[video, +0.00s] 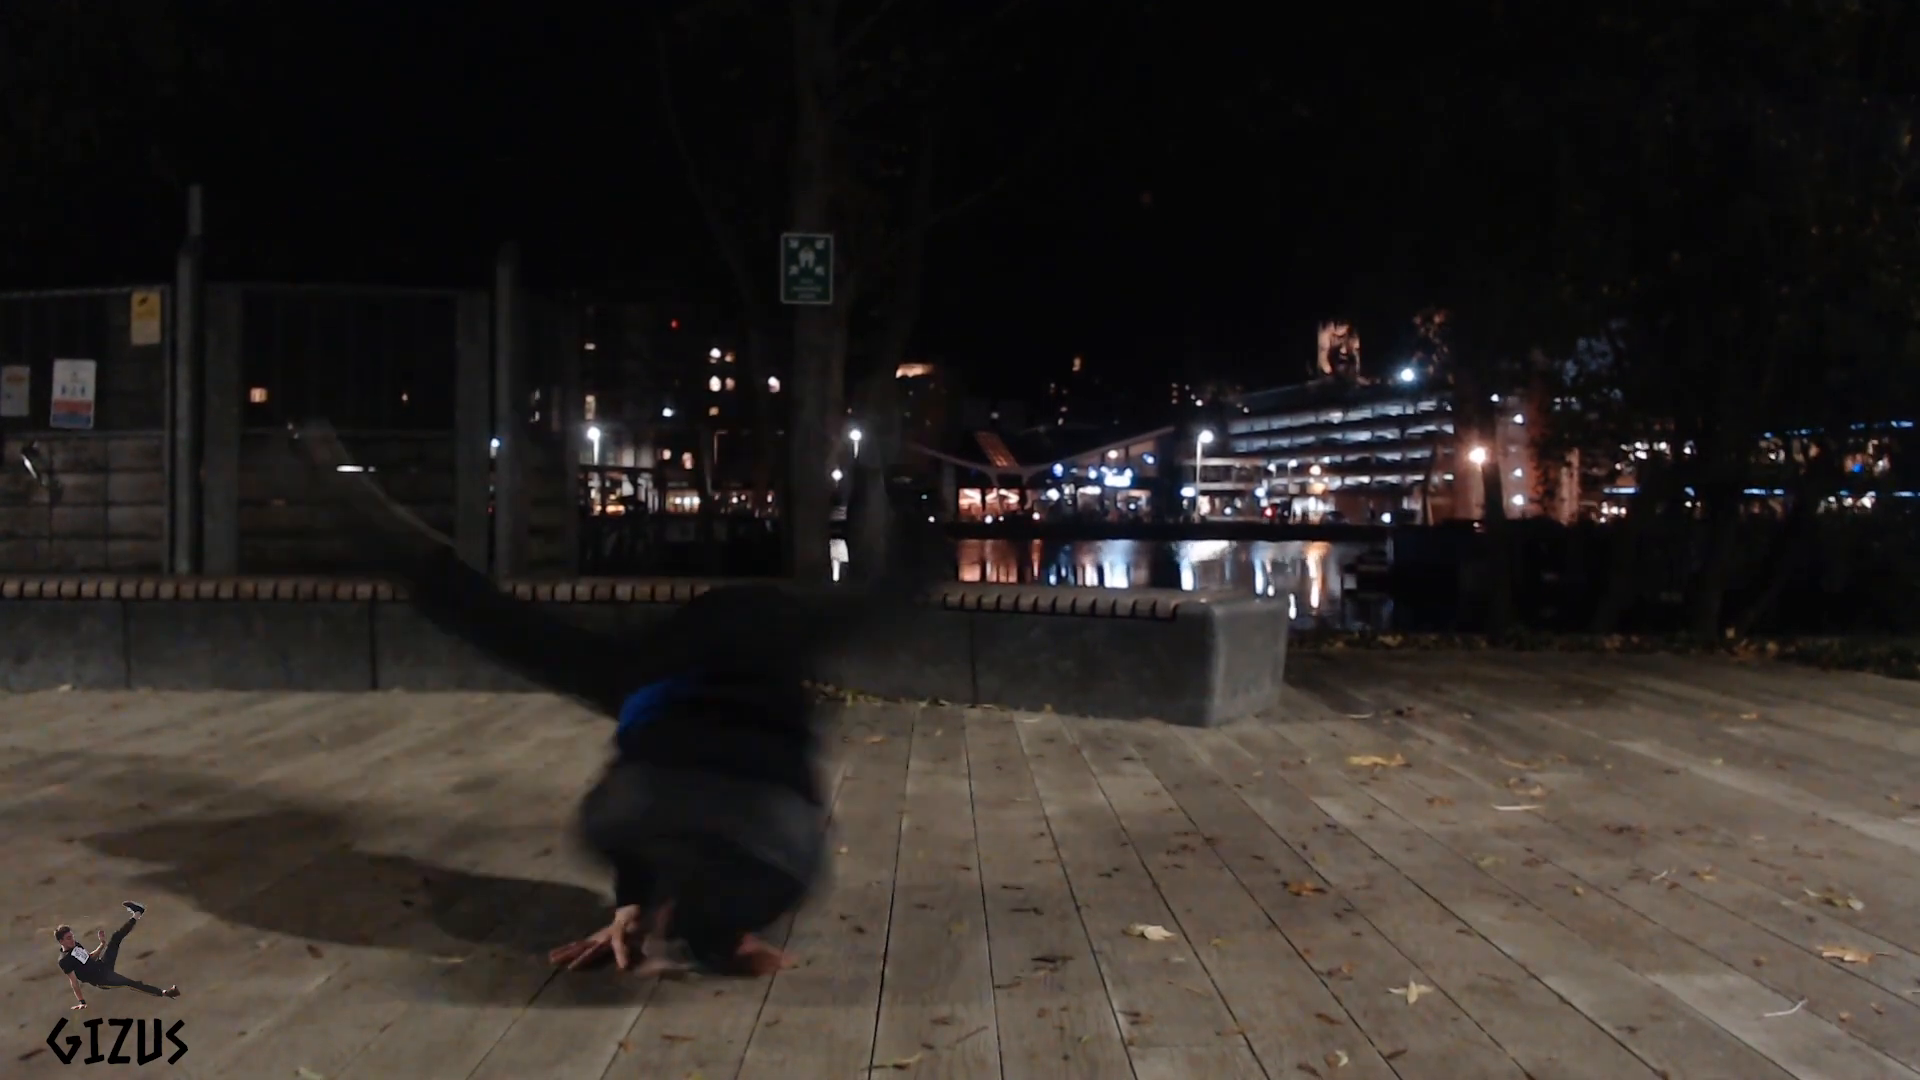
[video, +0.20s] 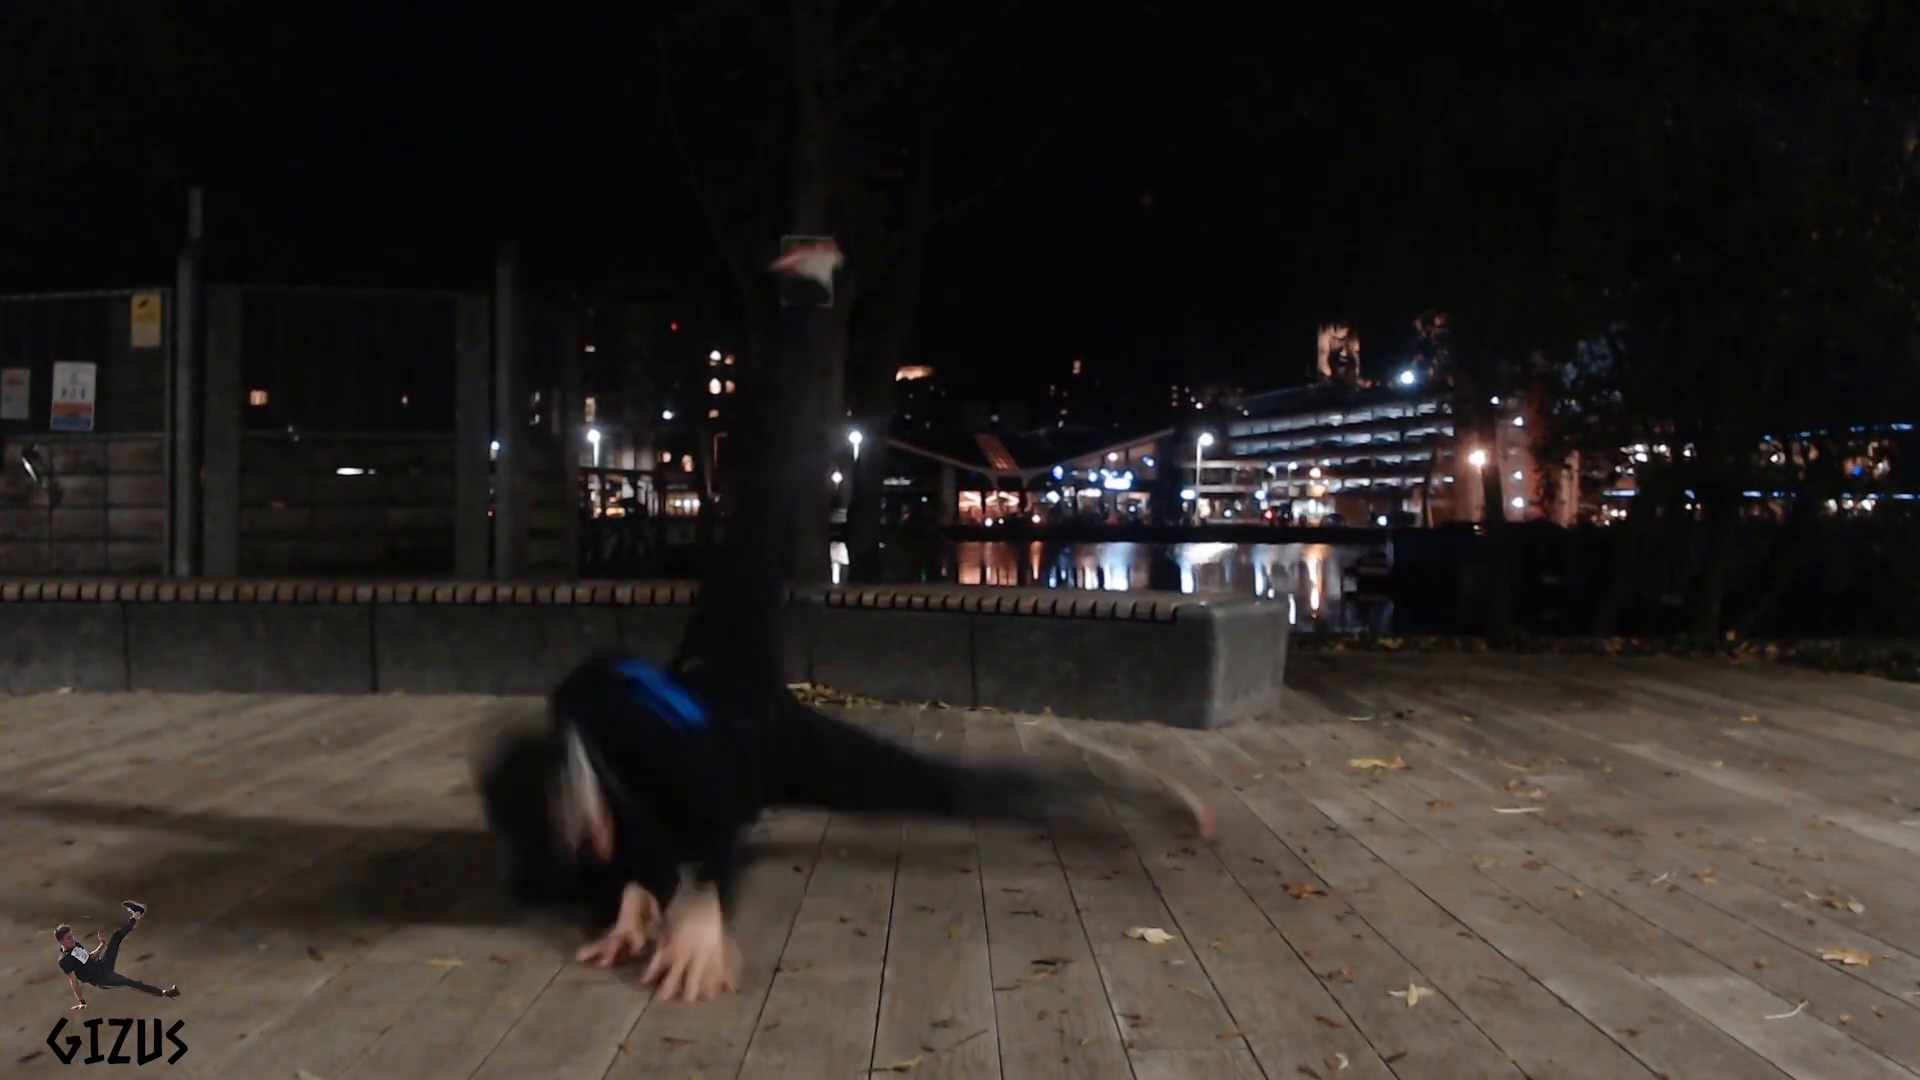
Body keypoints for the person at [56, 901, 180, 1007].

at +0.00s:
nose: (73, 939)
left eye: (72, 936)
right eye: (69, 938)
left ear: (71, 937)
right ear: (62, 941)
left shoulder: (76, 946)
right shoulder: (64, 960)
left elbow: (91, 957)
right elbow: (74, 982)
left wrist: (102, 945)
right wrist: (81, 1002)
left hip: (104, 965)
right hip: (102, 978)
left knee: (116, 938)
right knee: (132, 983)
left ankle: (136, 916)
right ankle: (165, 993)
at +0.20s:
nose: (73, 939)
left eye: (72, 936)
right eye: (69, 938)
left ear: (71, 936)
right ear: (61, 941)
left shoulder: (75, 946)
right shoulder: (64, 960)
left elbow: (91, 957)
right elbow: (74, 982)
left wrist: (102, 944)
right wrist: (81, 1002)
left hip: (104, 965)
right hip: (102, 978)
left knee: (116, 938)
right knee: (131, 983)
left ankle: (136, 917)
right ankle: (164, 993)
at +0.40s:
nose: (73, 939)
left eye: (72, 936)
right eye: (69, 938)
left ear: (71, 937)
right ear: (61, 941)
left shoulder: (76, 946)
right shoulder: (64, 960)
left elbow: (91, 957)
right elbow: (74, 982)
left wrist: (102, 944)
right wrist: (81, 1002)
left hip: (104, 965)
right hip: (102, 978)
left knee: (115, 939)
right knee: (131, 983)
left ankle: (136, 916)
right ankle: (164, 993)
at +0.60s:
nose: (73, 939)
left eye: (72, 936)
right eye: (69, 938)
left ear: (71, 937)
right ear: (61, 941)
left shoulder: (75, 946)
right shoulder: (64, 960)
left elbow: (91, 957)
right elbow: (74, 982)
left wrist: (102, 945)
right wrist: (81, 1002)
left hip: (104, 964)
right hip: (102, 978)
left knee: (116, 939)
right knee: (131, 983)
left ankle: (136, 916)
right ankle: (164, 993)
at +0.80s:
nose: (73, 939)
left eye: (72, 936)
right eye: (69, 938)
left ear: (71, 937)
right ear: (62, 941)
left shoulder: (75, 946)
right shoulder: (64, 960)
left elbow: (91, 957)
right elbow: (74, 982)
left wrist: (102, 944)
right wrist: (81, 1002)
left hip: (104, 964)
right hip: (102, 978)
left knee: (115, 939)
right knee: (131, 983)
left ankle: (136, 916)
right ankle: (164, 993)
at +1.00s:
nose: (73, 939)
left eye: (72, 936)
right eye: (69, 938)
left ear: (70, 937)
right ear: (62, 941)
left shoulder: (75, 946)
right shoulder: (64, 960)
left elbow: (91, 957)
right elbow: (73, 982)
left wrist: (102, 944)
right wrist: (81, 1001)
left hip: (104, 965)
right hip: (102, 978)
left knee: (116, 939)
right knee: (131, 983)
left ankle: (136, 916)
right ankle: (165, 993)